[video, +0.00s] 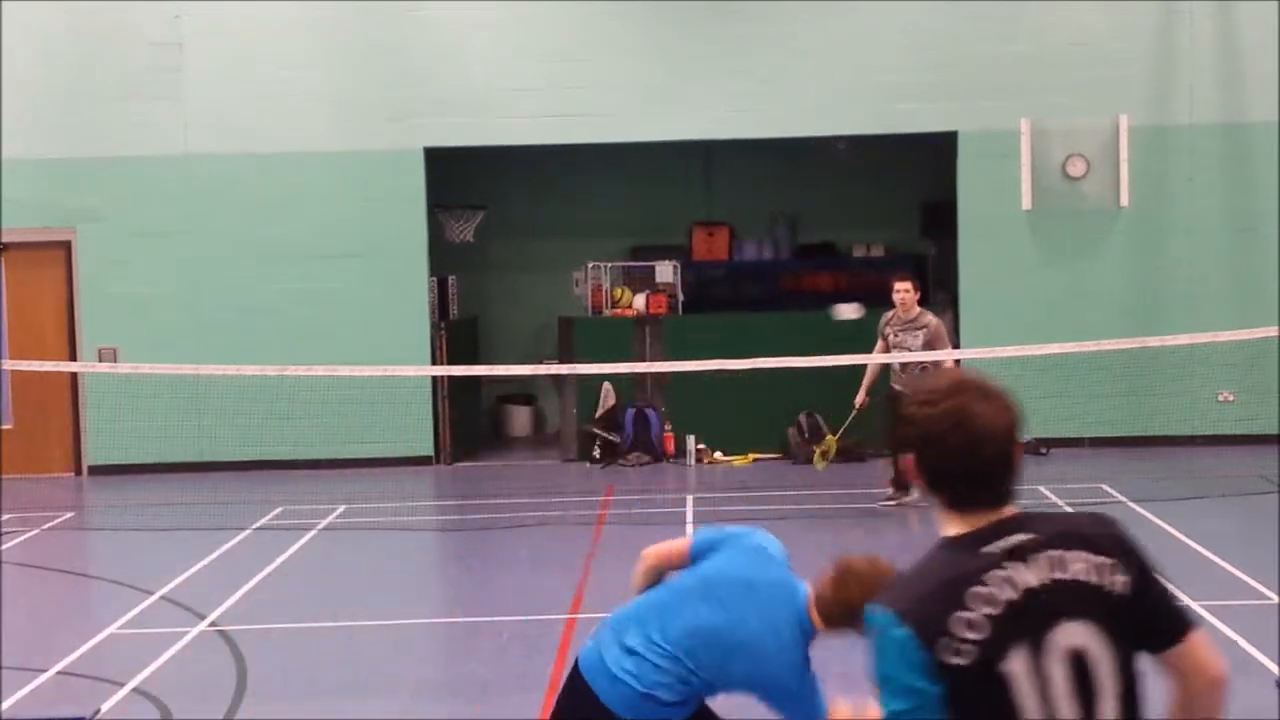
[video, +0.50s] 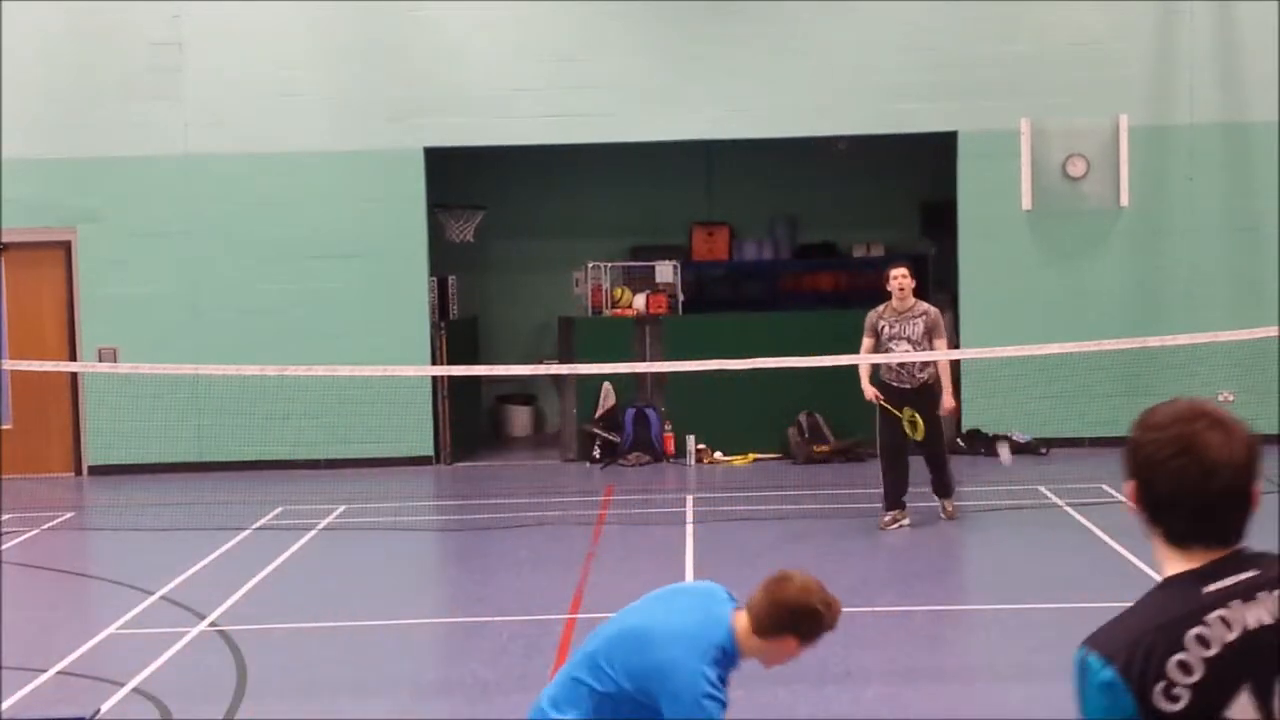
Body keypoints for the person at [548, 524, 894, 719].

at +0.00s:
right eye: (871, 622)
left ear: (832, 570)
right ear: (856, 626)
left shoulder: (757, 546)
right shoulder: (790, 676)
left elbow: (652, 557)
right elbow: (821, 714)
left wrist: (641, 617)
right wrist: (848, 713)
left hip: (592, 666)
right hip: (640, 706)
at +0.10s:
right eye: (884, 658)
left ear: (844, 606)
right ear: (871, 667)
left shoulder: (777, 583)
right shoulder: (786, 705)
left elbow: (680, 570)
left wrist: (675, 626)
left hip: (594, 657)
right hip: (617, 707)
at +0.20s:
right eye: (880, 686)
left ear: (839, 625)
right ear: (866, 695)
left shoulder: (775, 604)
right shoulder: (775, 709)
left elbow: (694, 583)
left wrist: (709, 639)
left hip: (587, 664)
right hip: (608, 707)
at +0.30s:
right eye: (861, 684)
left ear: (823, 623)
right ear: (846, 693)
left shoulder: (763, 607)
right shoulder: (753, 709)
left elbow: (698, 585)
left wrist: (707, 637)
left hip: (575, 671)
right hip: (590, 708)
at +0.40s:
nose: (823, 672)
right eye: (827, 668)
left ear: (791, 610)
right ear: (816, 673)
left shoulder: (738, 600)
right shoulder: (721, 704)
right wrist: (749, 711)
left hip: (562, 693)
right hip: (580, 716)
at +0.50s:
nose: (798, 654)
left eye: (805, 646)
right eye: (804, 646)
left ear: (761, 597)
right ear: (786, 642)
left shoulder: (711, 592)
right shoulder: (693, 689)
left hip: (559, 694)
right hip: (569, 715)